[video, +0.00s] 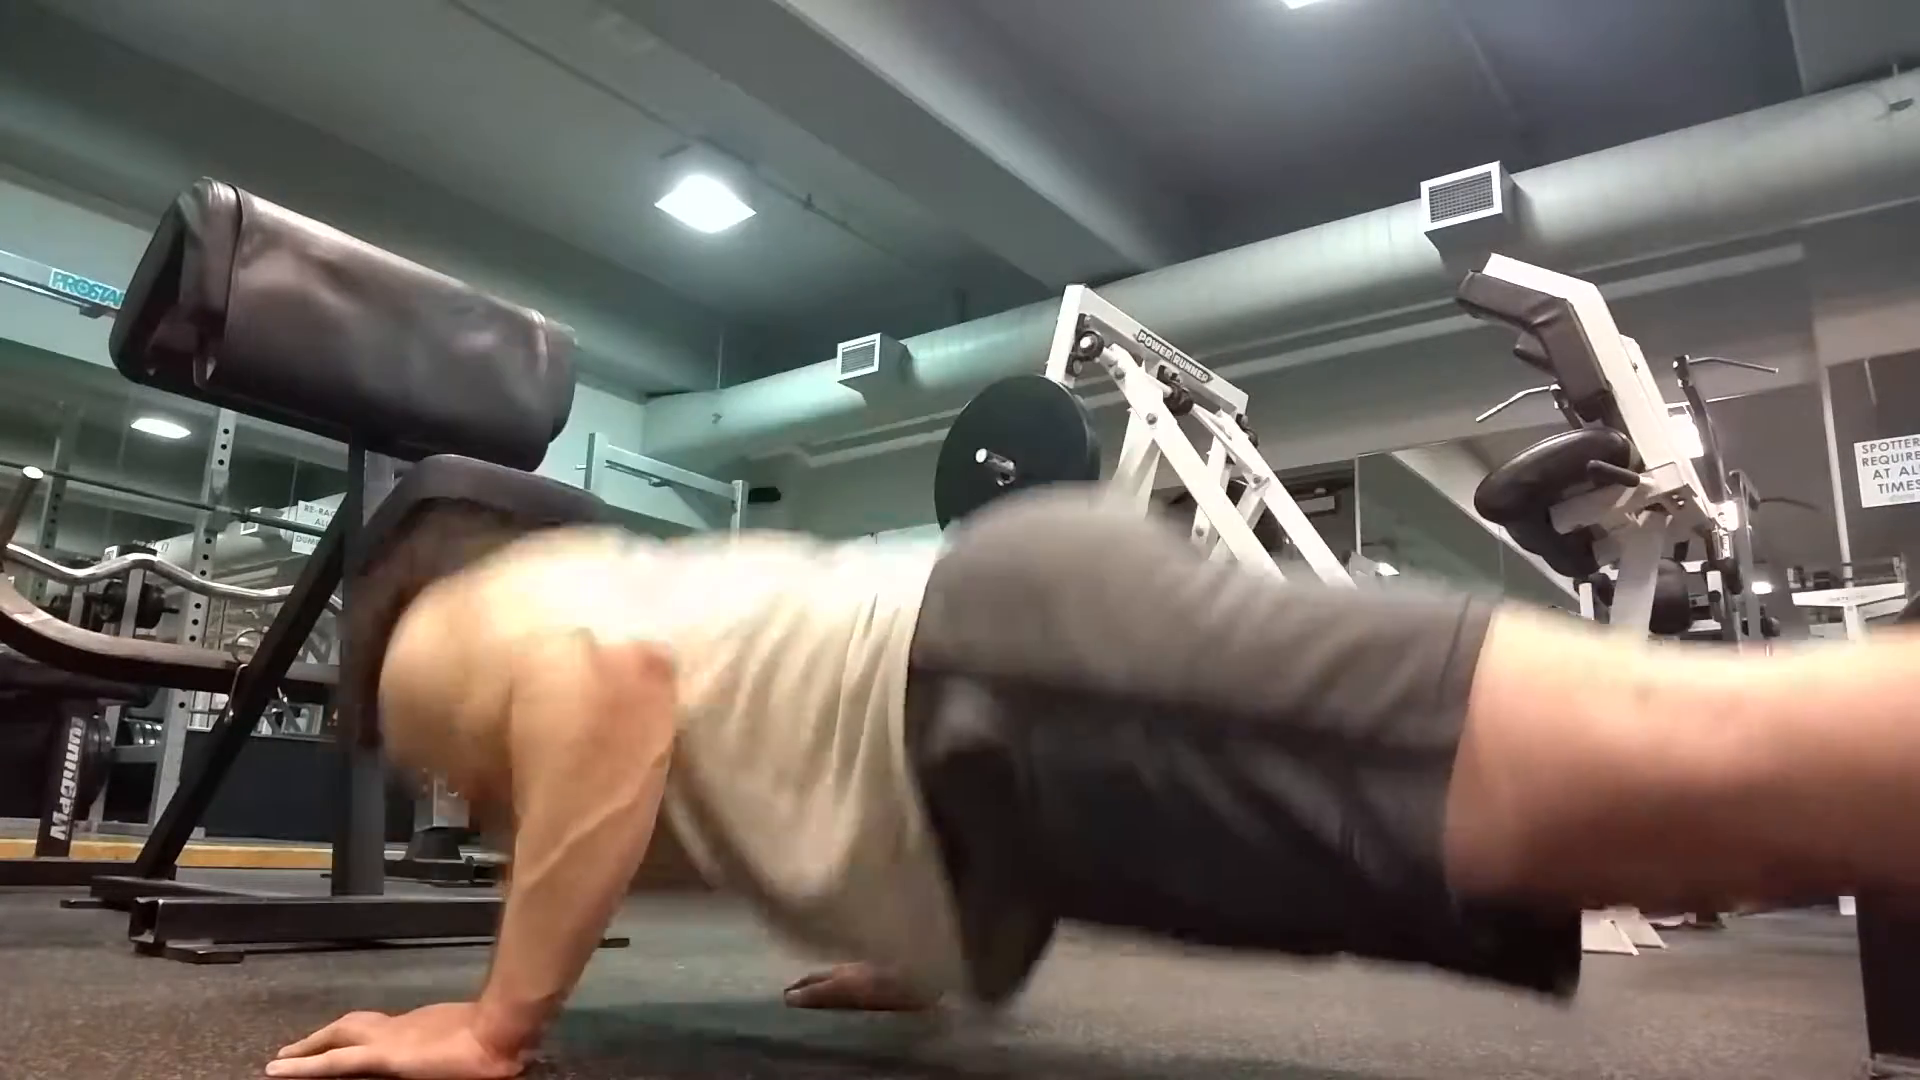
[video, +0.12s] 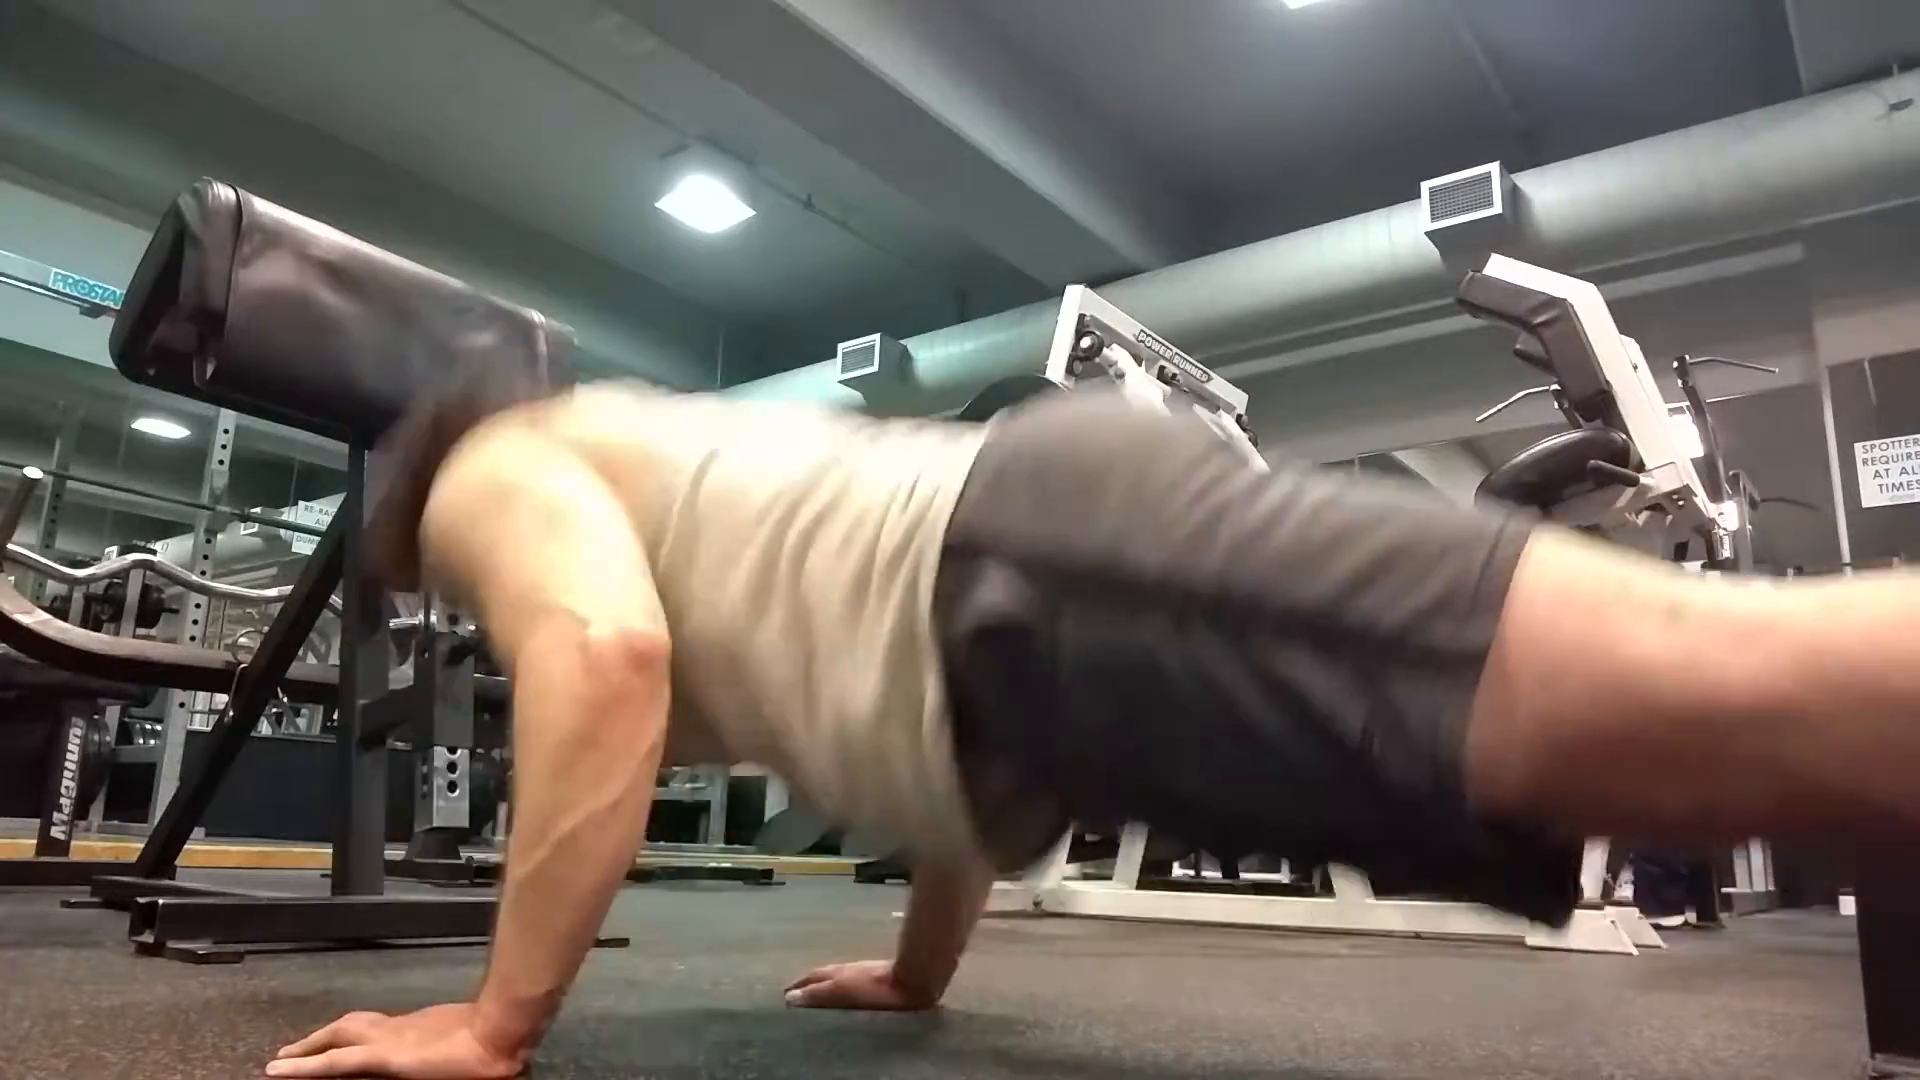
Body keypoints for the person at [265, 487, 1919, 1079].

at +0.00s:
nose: (411, 747)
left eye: (397, 711)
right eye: (402, 731)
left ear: (411, 616)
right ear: (516, 559)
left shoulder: (449, 630)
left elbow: (609, 700)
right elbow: (863, 698)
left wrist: (496, 1020)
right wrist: (909, 940)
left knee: (1682, 758)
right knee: (1670, 847)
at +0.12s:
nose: (404, 590)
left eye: (400, 553)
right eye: (400, 571)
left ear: (415, 456)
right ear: (529, 394)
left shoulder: (496, 462)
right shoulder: (696, 470)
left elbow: (603, 661)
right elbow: (912, 687)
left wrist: (503, 1011)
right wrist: (922, 968)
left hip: (1041, 561)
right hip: (1077, 628)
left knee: (1726, 693)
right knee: (1705, 758)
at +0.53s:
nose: (404, 734)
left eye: (390, 695)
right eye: (394, 717)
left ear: (395, 610)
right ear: (498, 545)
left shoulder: (463, 600)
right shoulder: (640, 570)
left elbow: (624, 698)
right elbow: (885, 700)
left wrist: (492, 1024)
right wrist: (926, 957)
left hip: (1000, 724)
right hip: (1022, 732)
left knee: (1676, 812)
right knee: (1662, 825)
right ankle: (1876, 860)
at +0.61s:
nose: (428, 855)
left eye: (399, 840)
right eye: (419, 843)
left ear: (384, 783)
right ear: (435, 753)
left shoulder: (429, 715)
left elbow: (618, 686)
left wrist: (489, 1015)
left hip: (981, 797)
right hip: (996, 795)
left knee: (1674, 861)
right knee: (1670, 837)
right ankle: (1879, 904)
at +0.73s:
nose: (399, 883)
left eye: (379, 860)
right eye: (395, 877)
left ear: (380, 812)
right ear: (420, 839)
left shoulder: (423, 773)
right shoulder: (510, 865)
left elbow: (607, 675)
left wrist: (490, 1013)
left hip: (989, 845)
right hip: (985, 972)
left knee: (1690, 895)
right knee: (1660, 947)